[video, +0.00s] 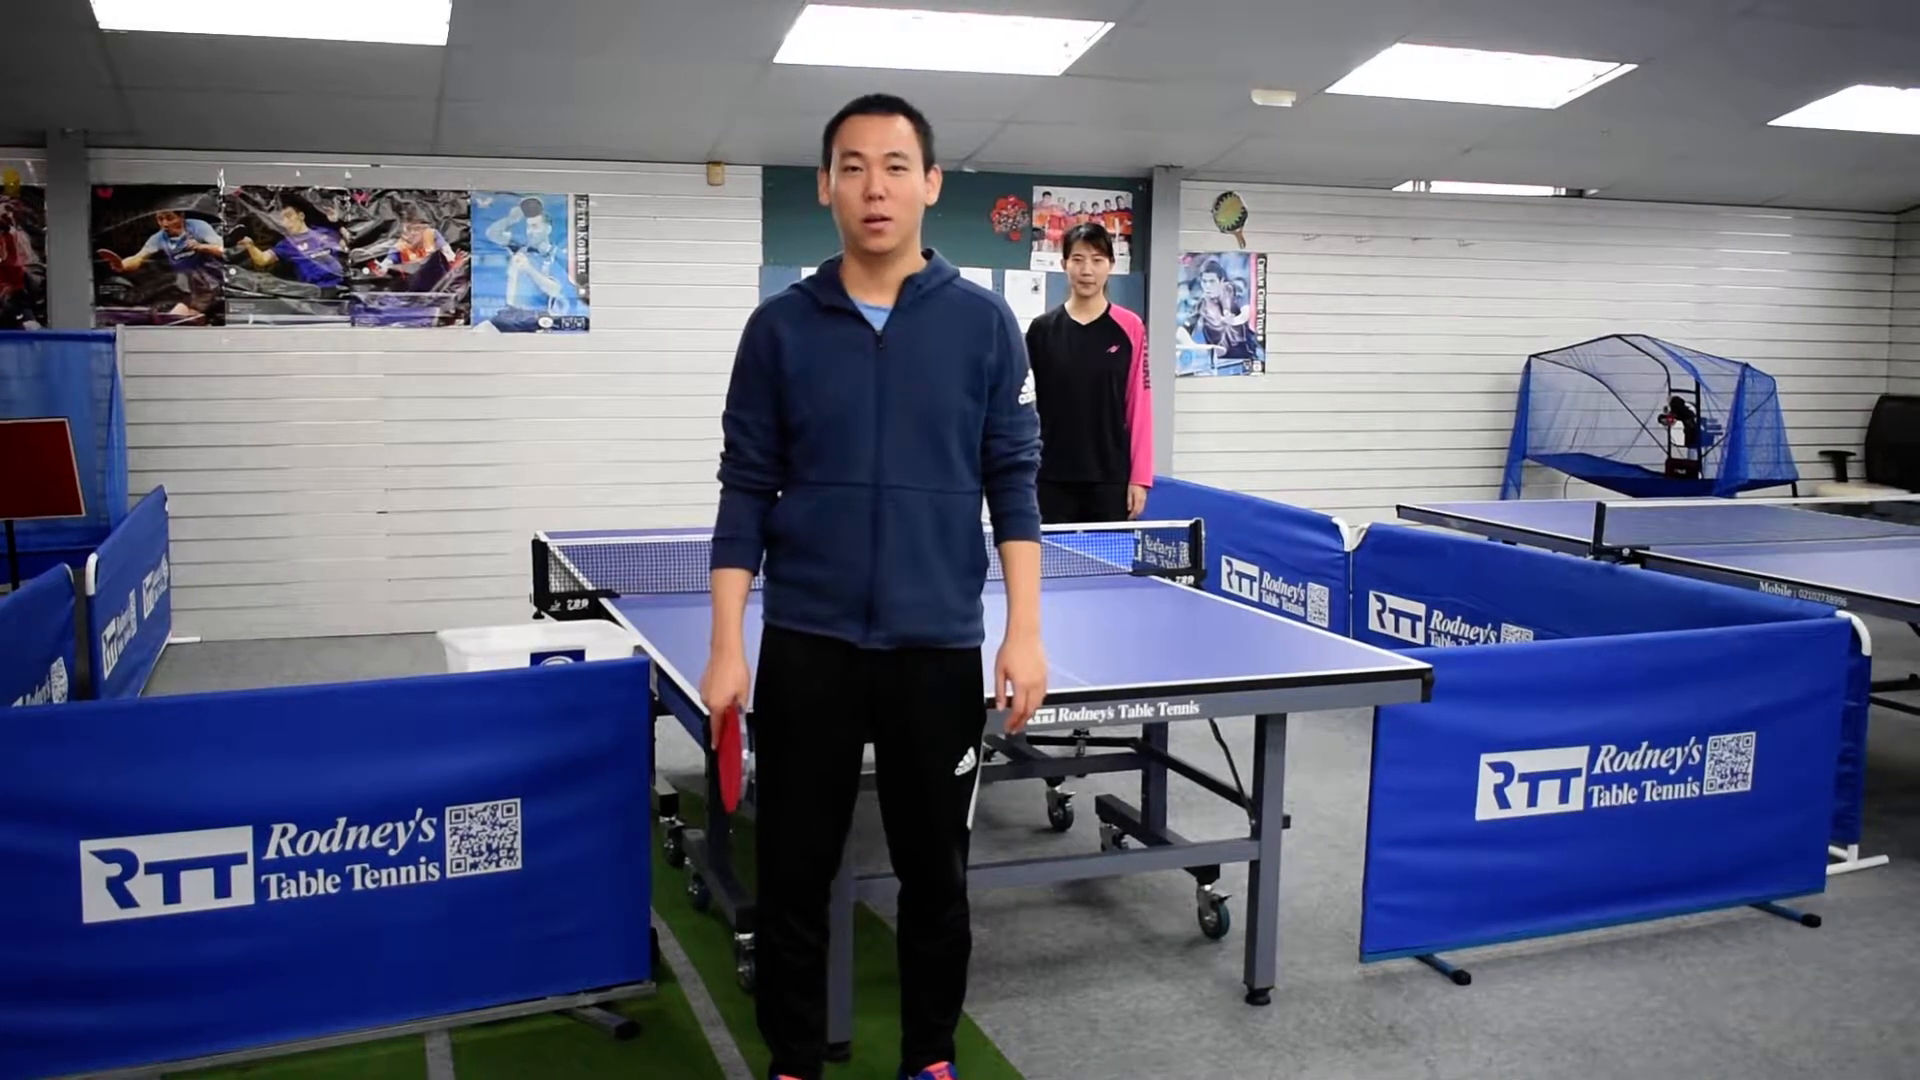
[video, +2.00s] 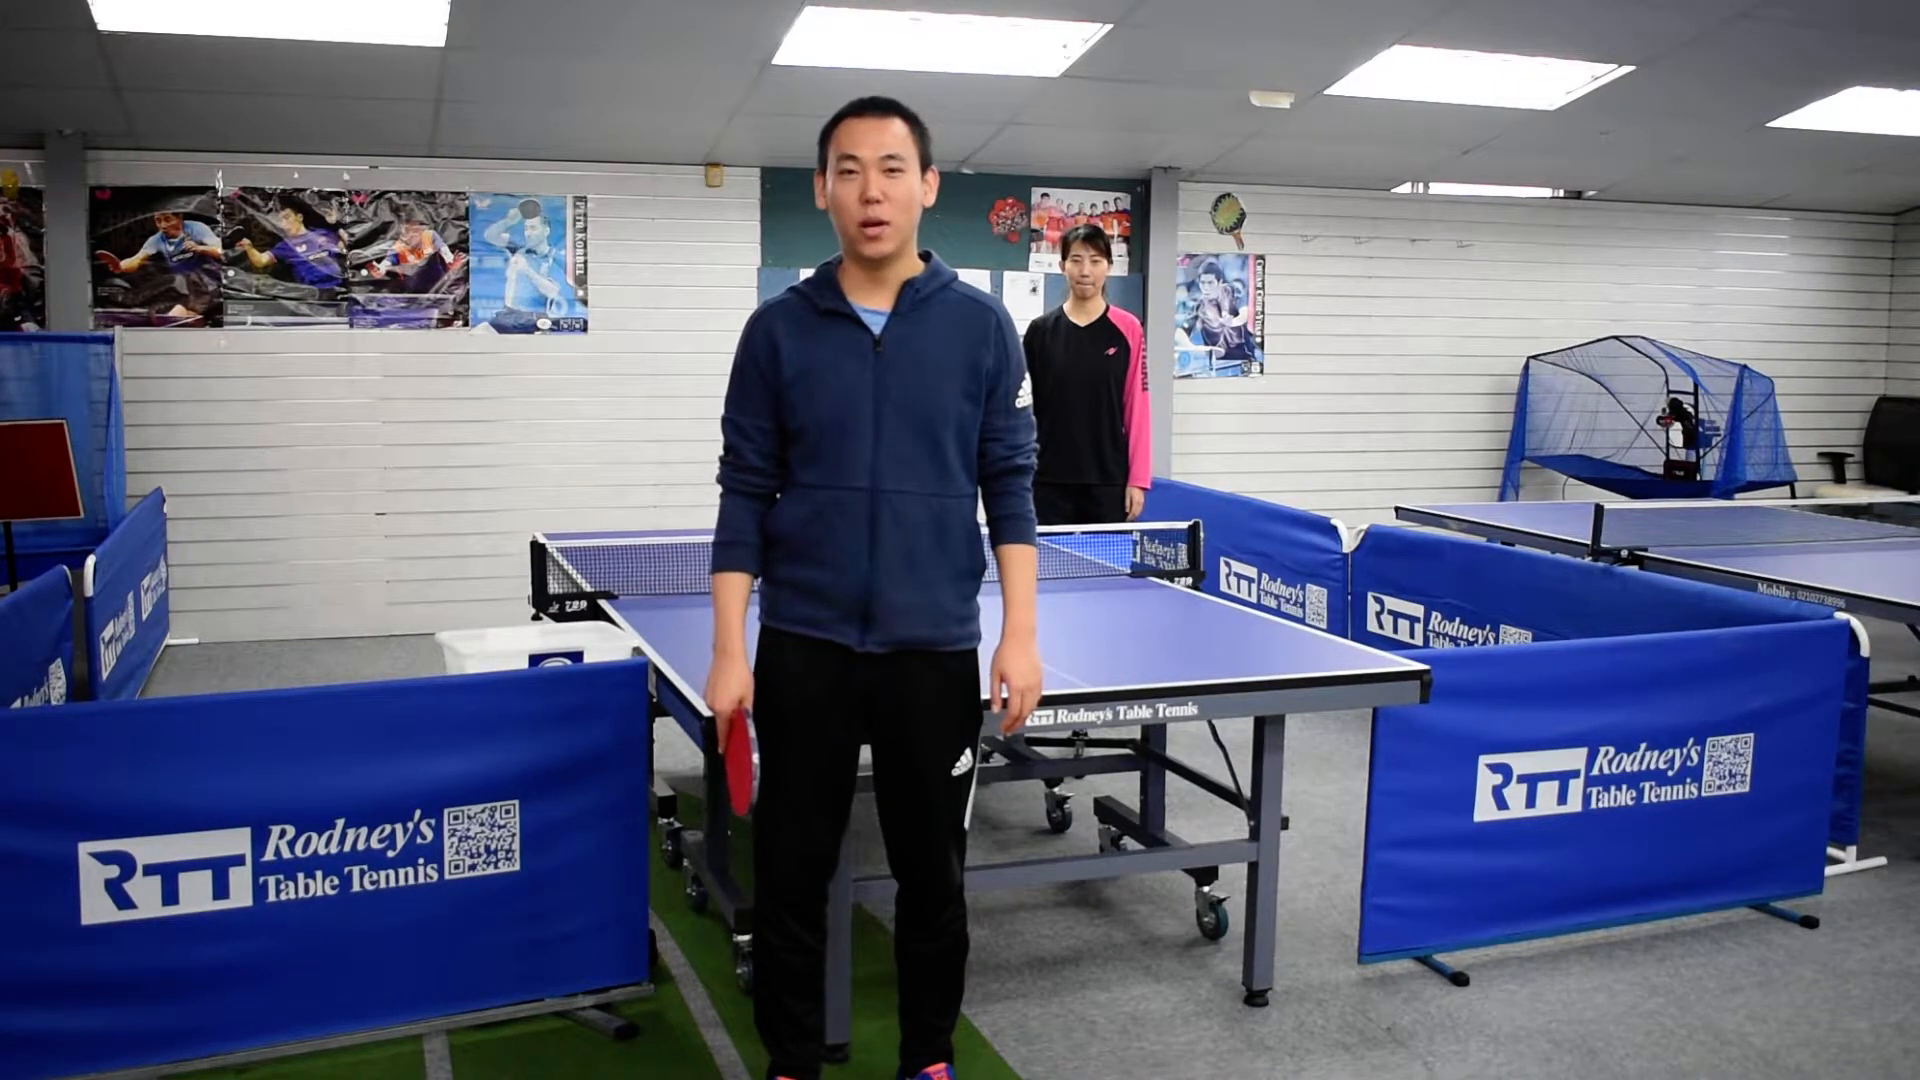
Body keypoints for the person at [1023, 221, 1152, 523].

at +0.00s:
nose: (1087, 270)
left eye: (1097, 261)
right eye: (1078, 260)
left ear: (1111, 266)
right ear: (1065, 265)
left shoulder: (1130, 328)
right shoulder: (1041, 330)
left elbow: (1139, 406)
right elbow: (1025, 403)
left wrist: (1140, 477)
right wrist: (1023, 476)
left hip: (1109, 480)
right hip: (1052, 479)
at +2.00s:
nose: (1085, 271)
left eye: (1095, 262)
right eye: (1076, 261)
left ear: (1109, 268)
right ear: (1063, 266)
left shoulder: (1128, 329)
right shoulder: (1039, 331)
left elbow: (1137, 407)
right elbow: (1022, 405)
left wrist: (1138, 479)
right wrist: (1019, 479)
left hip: (1107, 483)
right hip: (1049, 482)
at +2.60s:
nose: (1084, 271)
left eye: (1094, 261)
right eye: (1075, 261)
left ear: (1108, 268)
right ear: (1062, 266)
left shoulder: (1127, 329)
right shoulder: (1039, 331)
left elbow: (1136, 407)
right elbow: (1023, 405)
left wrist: (1138, 479)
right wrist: (1021, 477)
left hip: (1107, 483)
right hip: (1049, 481)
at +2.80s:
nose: (1084, 271)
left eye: (1094, 262)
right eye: (1075, 261)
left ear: (1108, 268)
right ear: (1062, 266)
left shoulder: (1127, 329)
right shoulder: (1039, 331)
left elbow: (1136, 407)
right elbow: (1022, 405)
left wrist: (1137, 479)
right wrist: (1020, 478)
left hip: (1107, 483)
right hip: (1049, 481)